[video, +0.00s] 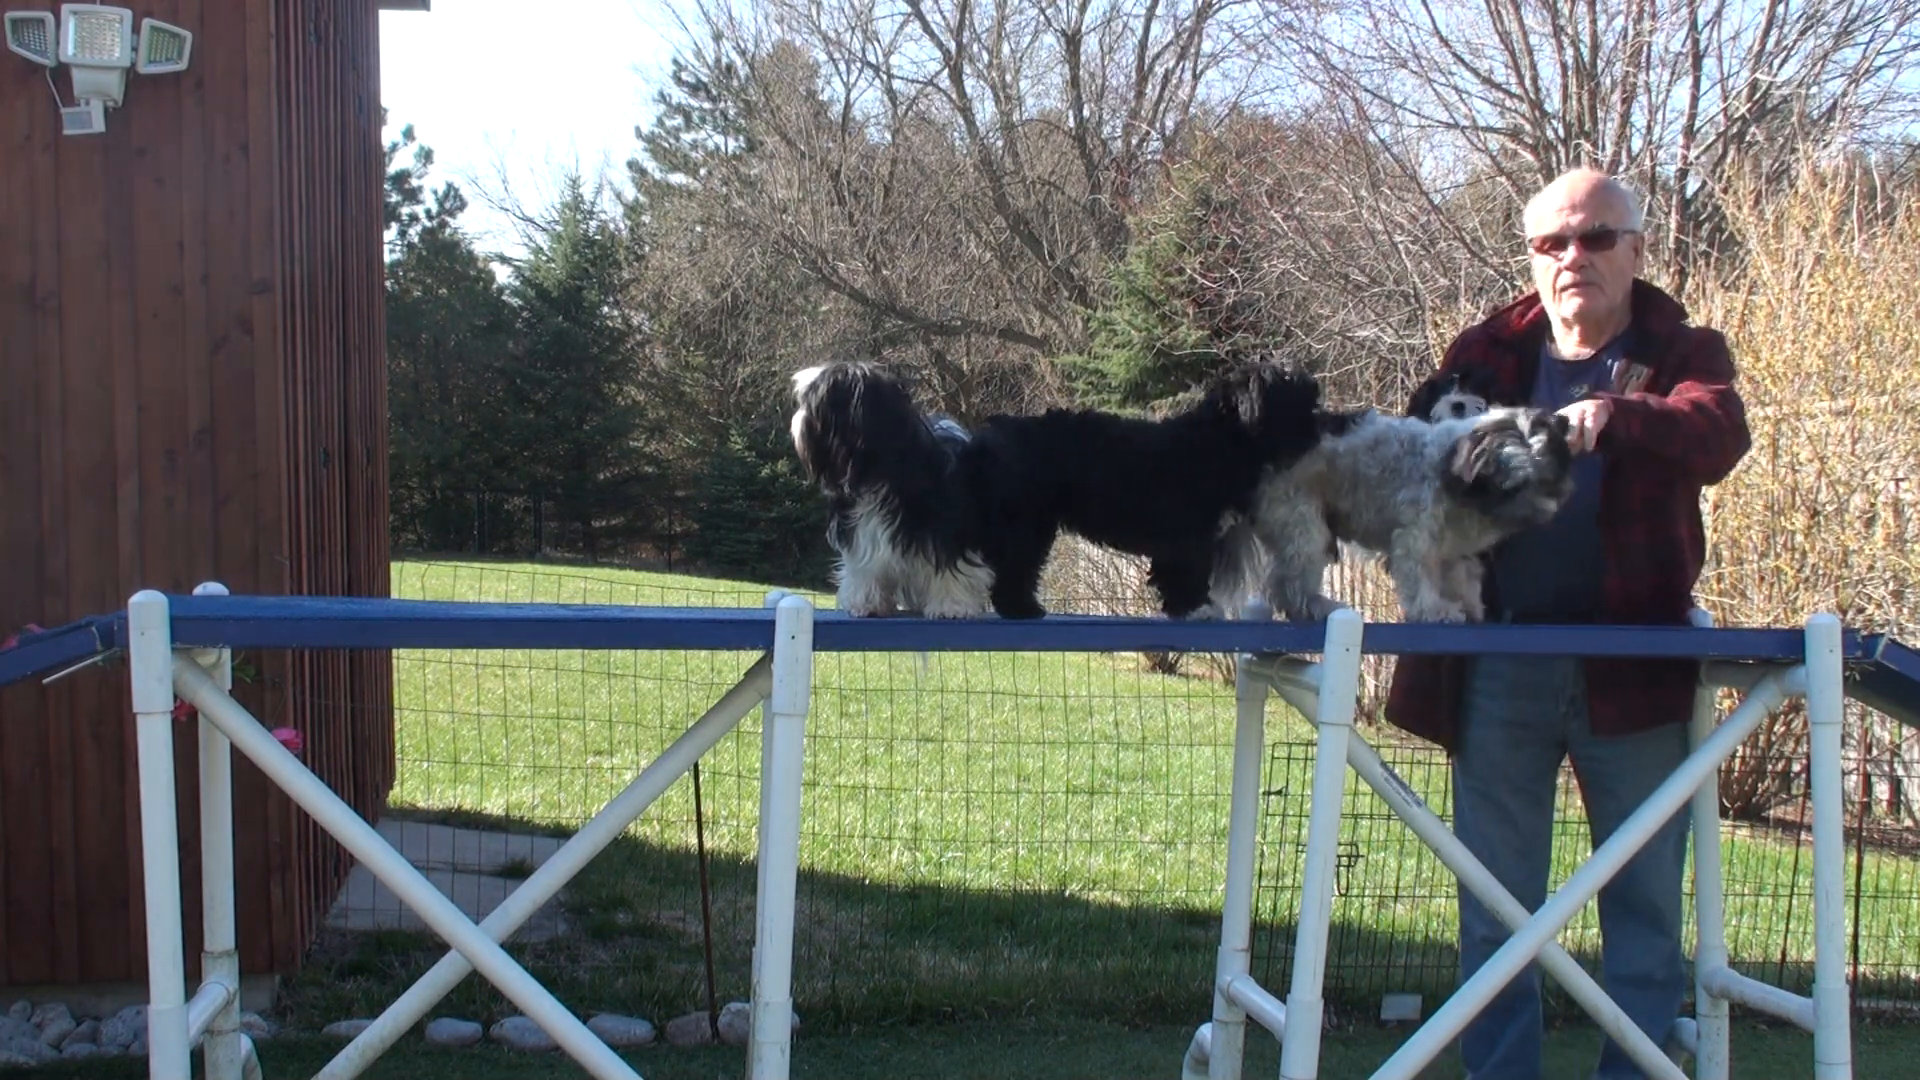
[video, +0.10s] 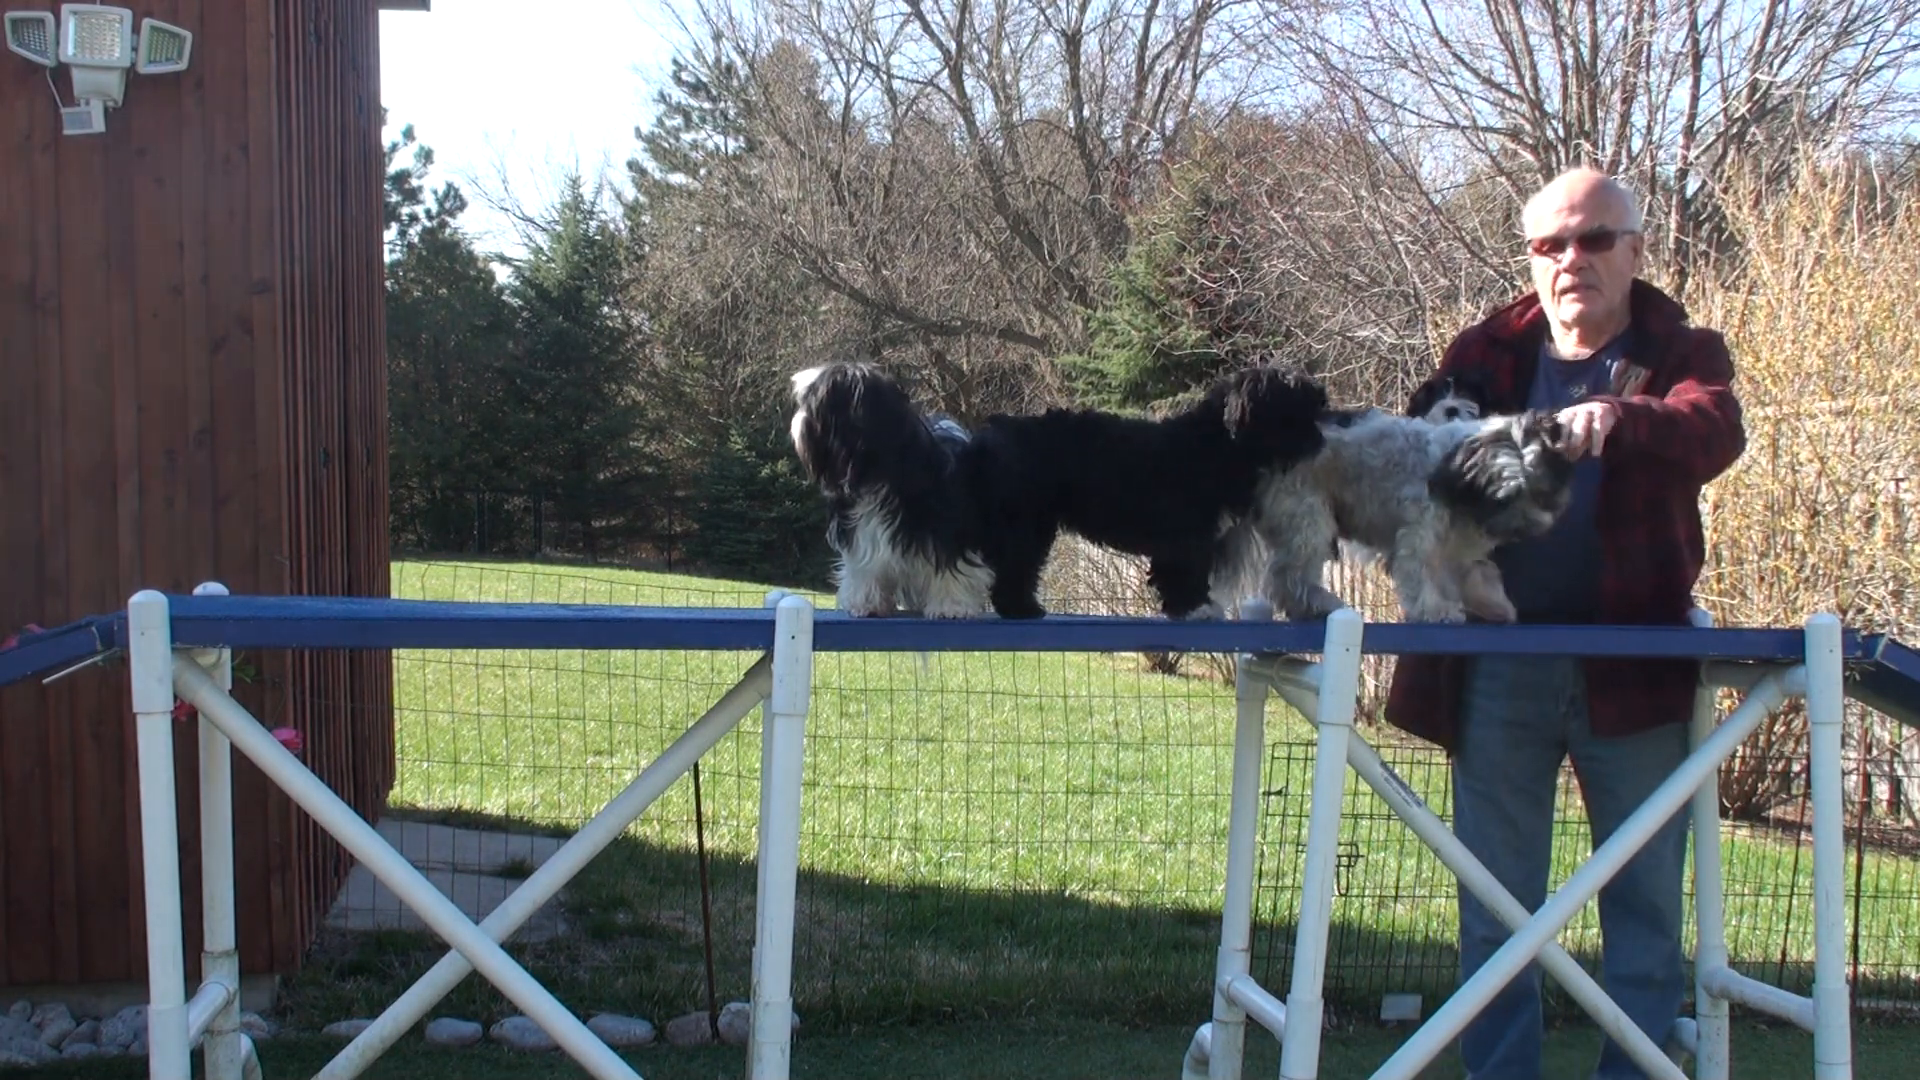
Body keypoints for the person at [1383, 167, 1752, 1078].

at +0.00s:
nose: (1574, 257)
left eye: (1596, 238)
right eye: (1552, 243)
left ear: (1635, 250)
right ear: (1530, 259)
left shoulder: (1683, 350)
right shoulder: (1483, 353)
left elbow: (1720, 438)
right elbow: (1420, 457)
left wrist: (1619, 416)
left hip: (1633, 660)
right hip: (1498, 657)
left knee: (1644, 899)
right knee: (1494, 898)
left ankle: (1638, 1069)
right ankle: (1497, 1063)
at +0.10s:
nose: (1572, 259)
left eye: (1595, 240)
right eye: (1551, 244)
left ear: (1634, 250)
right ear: (1530, 260)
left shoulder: (1682, 350)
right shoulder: (1483, 353)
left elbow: (1715, 433)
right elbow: (1425, 450)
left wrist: (1619, 420)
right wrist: (1498, 437)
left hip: (1634, 659)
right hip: (1499, 656)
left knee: (1643, 894)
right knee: (1494, 892)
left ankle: (1638, 1067)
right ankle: (1497, 1063)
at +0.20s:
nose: (1571, 261)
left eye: (1594, 241)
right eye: (1550, 245)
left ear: (1635, 249)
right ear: (1529, 260)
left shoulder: (1684, 352)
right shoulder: (1484, 351)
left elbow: (1725, 448)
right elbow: (1414, 446)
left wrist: (1624, 438)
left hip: (1634, 660)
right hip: (1499, 656)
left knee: (1644, 895)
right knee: (1493, 894)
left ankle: (1637, 1069)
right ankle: (1497, 1063)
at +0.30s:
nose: (1573, 263)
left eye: (1596, 243)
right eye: (1553, 246)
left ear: (1636, 251)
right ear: (1531, 260)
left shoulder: (1688, 355)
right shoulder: (1484, 350)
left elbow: (1724, 460)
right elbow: (1415, 454)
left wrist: (1620, 459)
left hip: (1634, 662)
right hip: (1497, 657)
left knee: (1644, 896)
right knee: (1493, 895)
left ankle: (1637, 1069)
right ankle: (1497, 1063)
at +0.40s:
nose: (1577, 264)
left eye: (1600, 245)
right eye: (1558, 247)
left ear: (1641, 251)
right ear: (1535, 257)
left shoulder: (1690, 360)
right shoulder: (1483, 353)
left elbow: (1715, 465)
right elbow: (1412, 459)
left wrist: (1603, 473)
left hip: (1637, 661)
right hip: (1498, 657)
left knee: (1644, 896)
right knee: (1494, 895)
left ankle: (1638, 1068)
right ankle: (1497, 1063)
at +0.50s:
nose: (1583, 264)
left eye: (1606, 245)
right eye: (1564, 247)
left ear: (1647, 252)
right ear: (1539, 256)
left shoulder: (1693, 362)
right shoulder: (1486, 350)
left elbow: (1715, 466)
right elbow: (1410, 457)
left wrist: (1604, 466)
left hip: (1637, 660)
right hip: (1497, 657)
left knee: (1646, 899)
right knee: (1494, 898)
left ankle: (1639, 1070)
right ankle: (1497, 1065)